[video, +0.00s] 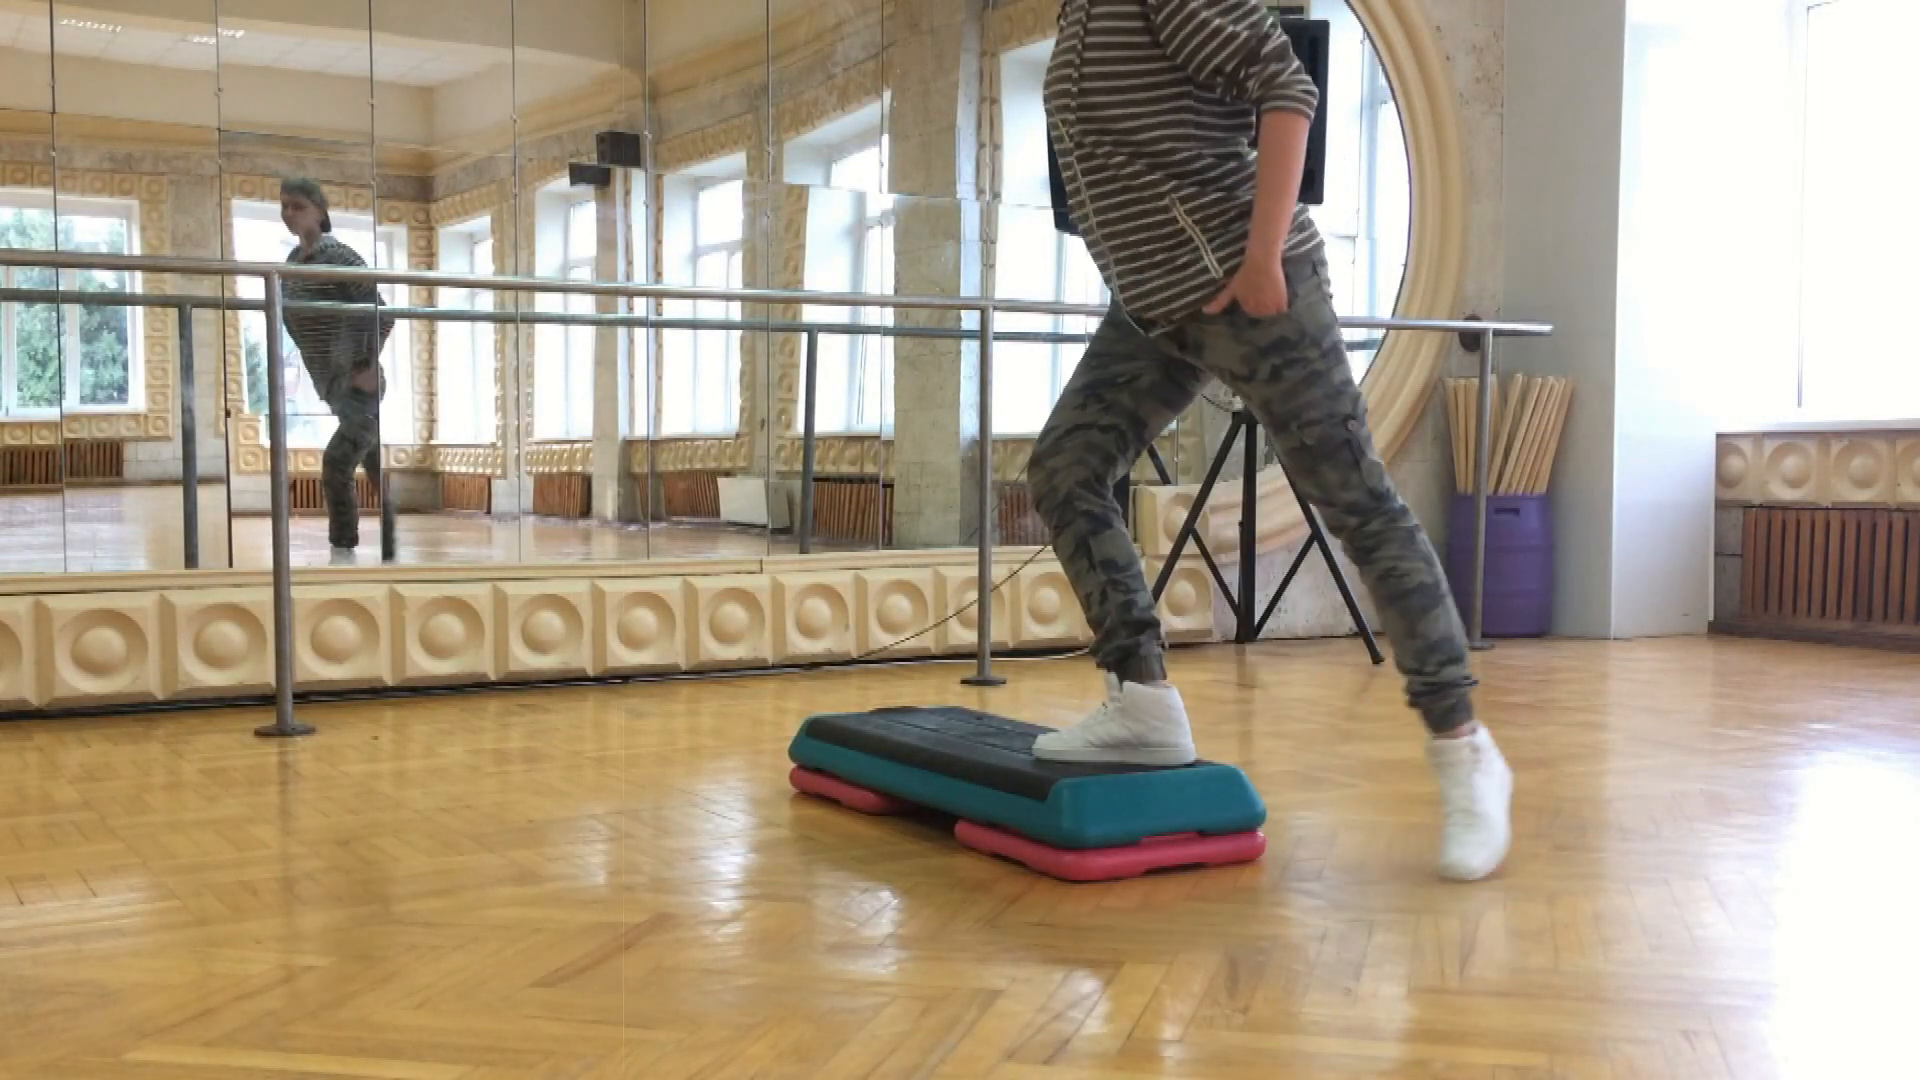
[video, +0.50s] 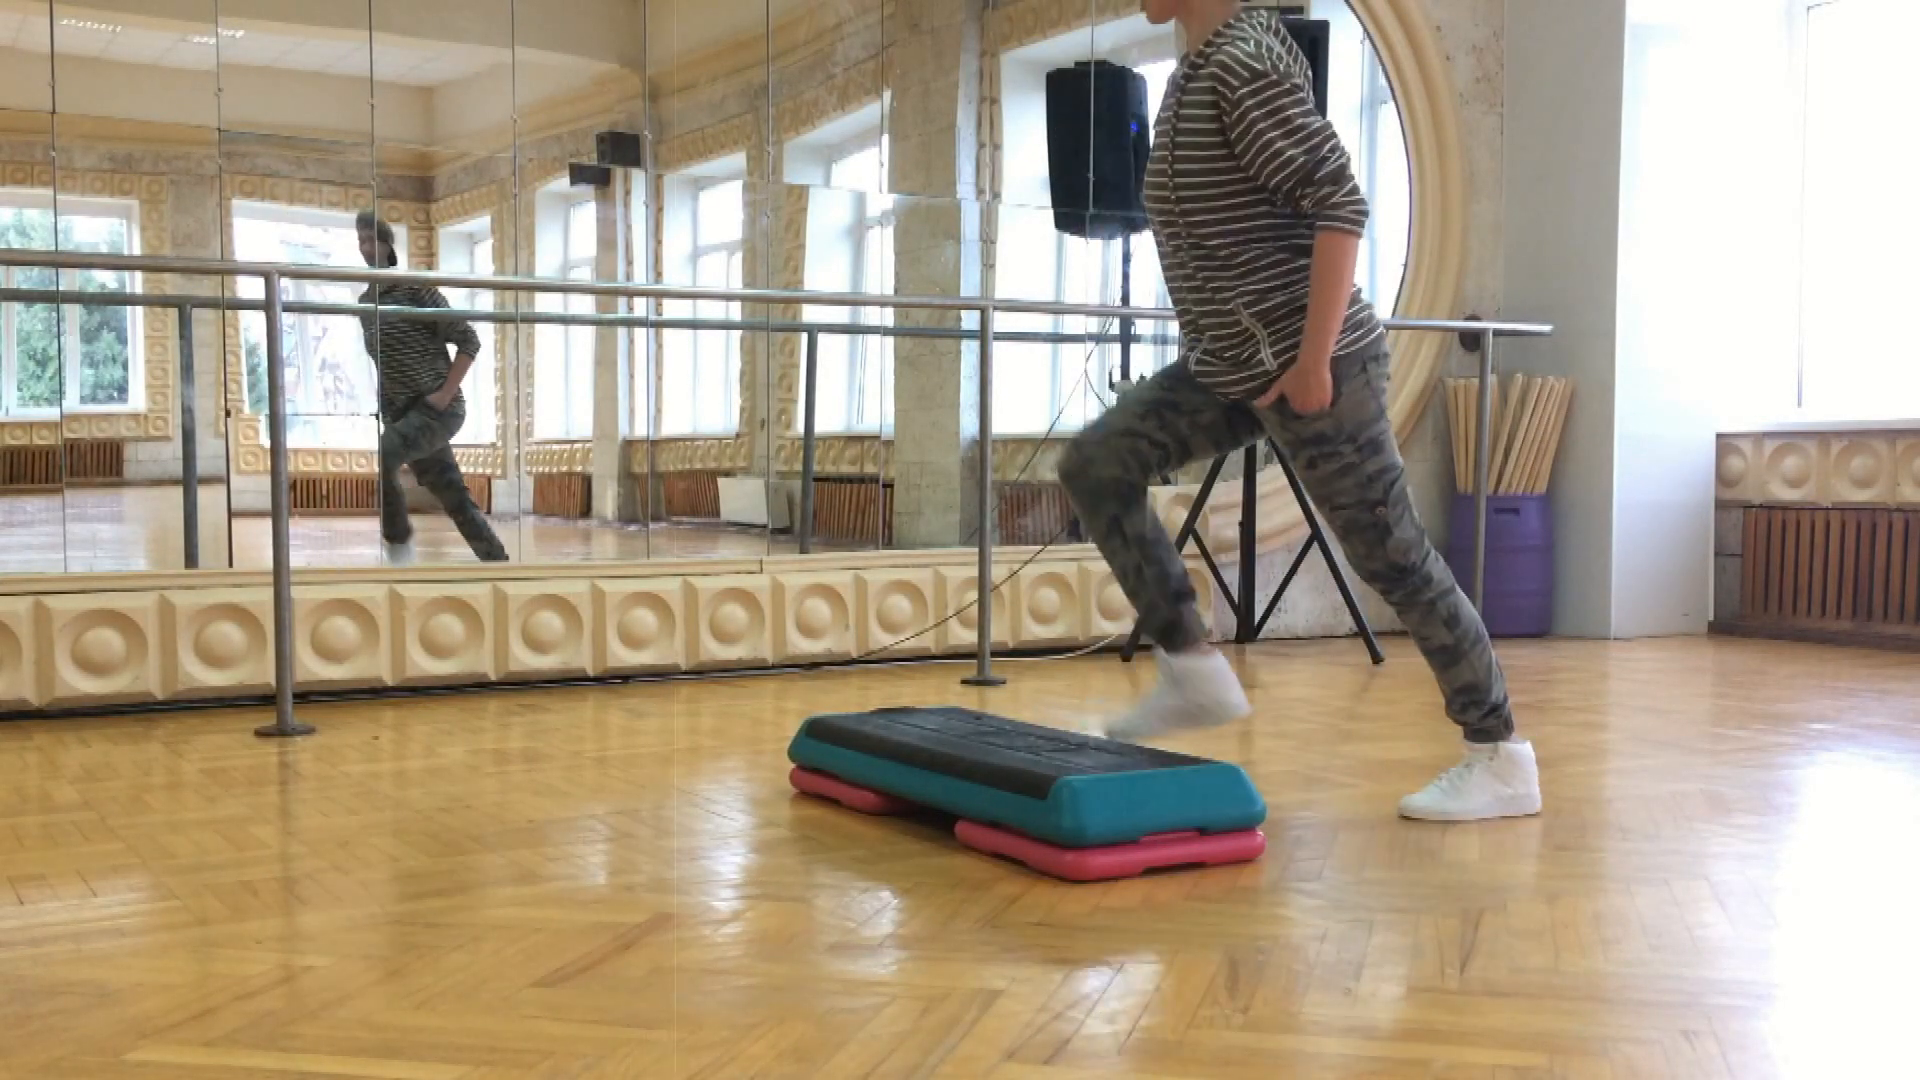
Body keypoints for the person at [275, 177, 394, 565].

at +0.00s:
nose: (288, 215)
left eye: (296, 207)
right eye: (284, 208)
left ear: (320, 210)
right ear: (284, 215)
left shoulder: (343, 258)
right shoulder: (292, 265)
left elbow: (381, 314)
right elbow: (301, 323)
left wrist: (364, 362)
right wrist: (318, 364)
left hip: (362, 379)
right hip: (329, 381)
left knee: (337, 463)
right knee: (376, 464)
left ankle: (343, 554)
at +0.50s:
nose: (367, 249)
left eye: (372, 241)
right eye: (362, 242)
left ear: (387, 244)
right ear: (358, 247)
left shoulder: (416, 291)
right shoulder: (366, 300)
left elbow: (469, 340)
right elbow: (386, 356)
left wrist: (445, 393)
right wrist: (387, 398)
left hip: (437, 406)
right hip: (398, 411)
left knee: (389, 451)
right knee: (454, 498)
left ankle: (399, 550)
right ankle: (499, 565)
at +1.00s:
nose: (354, 221)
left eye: (362, 213)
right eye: (348, 214)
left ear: (378, 218)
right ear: (343, 219)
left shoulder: (400, 270)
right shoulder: (343, 275)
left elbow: (433, 335)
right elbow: (351, 334)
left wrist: (426, 396)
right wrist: (354, 379)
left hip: (409, 399)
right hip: (364, 399)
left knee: (411, 490)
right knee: (334, 463)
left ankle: (442, 569)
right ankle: (363, 549)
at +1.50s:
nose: (285, 212)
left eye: (295, 205)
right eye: (280, 205)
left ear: (316, 211)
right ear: (272, 209)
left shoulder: (339, 265)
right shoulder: (255, 266)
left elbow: (369, 338)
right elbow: (248, 333)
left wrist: (351, 390)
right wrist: (251, 394)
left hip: (325, 402)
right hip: (266, 404)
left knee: (299, 488)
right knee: (258, 501)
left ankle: (291, 579)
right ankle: (336, 541)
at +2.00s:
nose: (268, 228)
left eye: (268, 220)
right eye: (262, 219)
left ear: (239, 221)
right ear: (236, 218)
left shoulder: (237, 269)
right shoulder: (207, 264)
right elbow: (166, 329)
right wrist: (184, 395)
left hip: (233, 412)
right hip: (194, 409)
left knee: (297, 485)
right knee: (187, 510)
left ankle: (257, 576)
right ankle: (121, 586)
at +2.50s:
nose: (284, 230)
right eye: (288, 223)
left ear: (248, 223)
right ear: (289, 226)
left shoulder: (222, 266)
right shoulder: (304, 278)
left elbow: (182, 328)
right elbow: (312, 350)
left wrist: (188, 382)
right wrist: (300, 398)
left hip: (214, 396)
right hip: (269, 398)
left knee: (221, 492)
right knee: (313, 465)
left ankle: (225, 581)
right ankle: (297, 532)